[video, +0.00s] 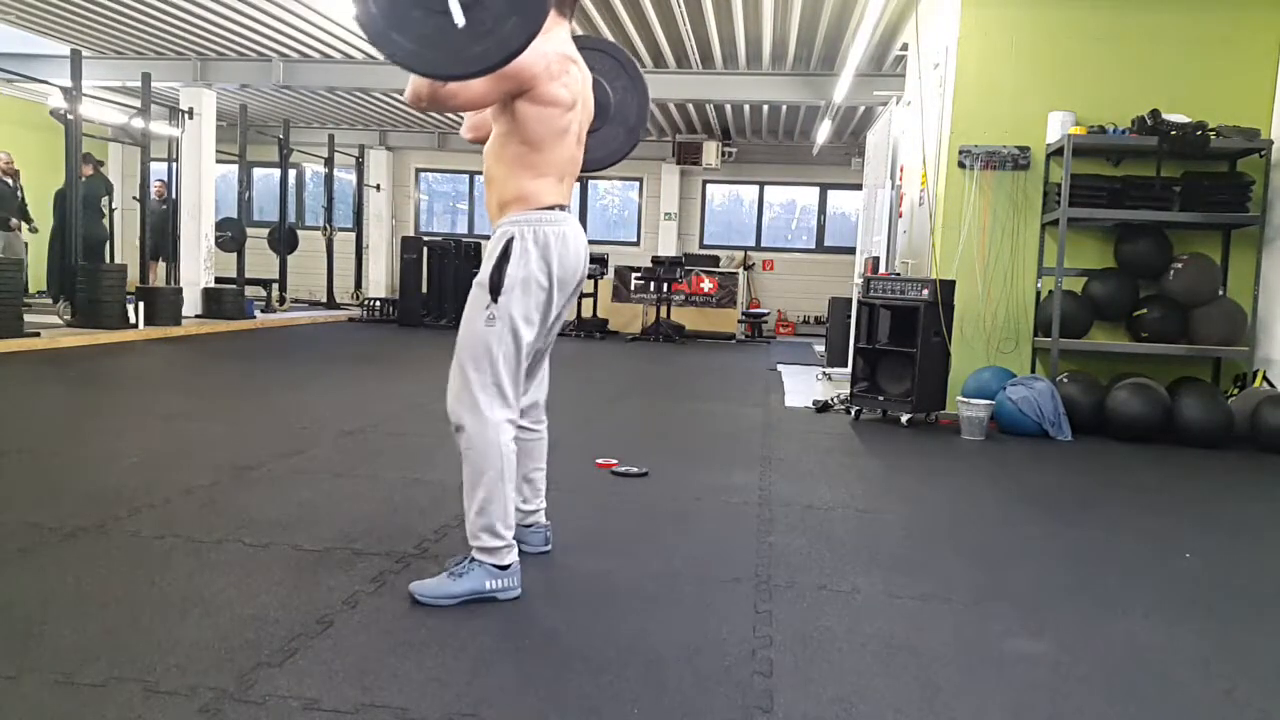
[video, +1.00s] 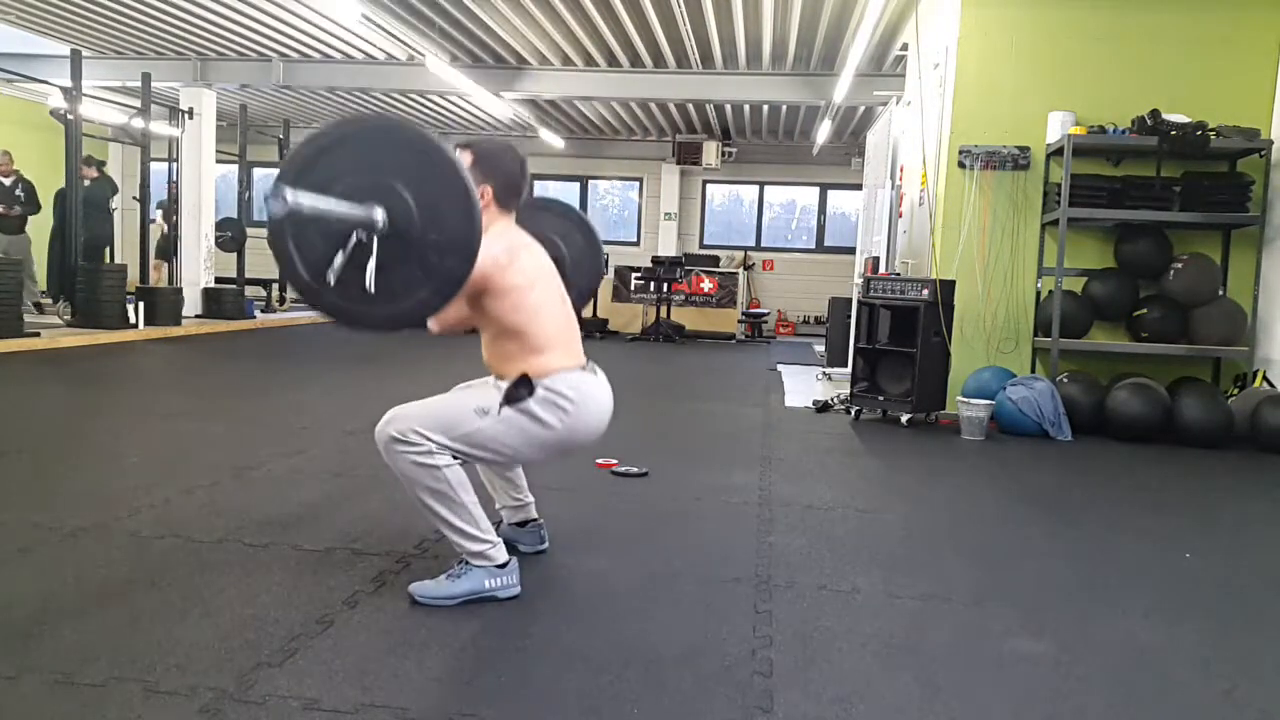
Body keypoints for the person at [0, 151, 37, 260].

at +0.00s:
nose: (10, 166)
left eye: (12, 163)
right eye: (6, 163)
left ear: (14, 163)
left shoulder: (16, 184)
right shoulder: (2, 183)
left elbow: (21, 205)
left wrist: (30, 222)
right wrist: (7, 220)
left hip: (14, 231)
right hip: (3, 231)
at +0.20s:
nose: (13, 165)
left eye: (14, 162)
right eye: (9, 162)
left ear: (17, 163)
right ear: (1, 164)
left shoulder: (24, 184)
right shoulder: (1, 183)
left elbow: (32, 204)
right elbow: (1, 209)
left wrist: (28, 214)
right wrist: (12, 214)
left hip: (18, 232)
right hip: (3, 232)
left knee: (25, 266)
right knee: (2, 269)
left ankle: (26, 297)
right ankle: (3, 298)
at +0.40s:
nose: (21, 166)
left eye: (22, 163)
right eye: (17, 164)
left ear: (26, 164)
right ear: (10, 165)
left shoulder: (34, 186)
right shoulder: (3, 184)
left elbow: (43, 206)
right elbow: (1, 209)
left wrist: (34, 214)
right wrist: (15, 214)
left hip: (27, 234)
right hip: (6, 233)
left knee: (31, 270)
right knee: (6, 270)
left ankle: (35, 302)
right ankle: (7, 302)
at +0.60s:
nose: (23, 166)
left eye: (26, 163)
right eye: (20, 163)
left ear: (31, 163)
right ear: (15, 163)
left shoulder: (41, 184)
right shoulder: (4, 181)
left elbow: (48, 206)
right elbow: (1, 204)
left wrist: (34, 210)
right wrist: (14, 209)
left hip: (29, 233)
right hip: (6, 231)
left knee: (33, 268)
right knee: (6, 268)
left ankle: (35, 301)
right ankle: (7, 302)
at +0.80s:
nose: (18, 168)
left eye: (21, 165)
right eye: (15, 165)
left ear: (27, 165)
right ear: (10, 166)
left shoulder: (37, 185)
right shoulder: (3, 183)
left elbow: (46, 208)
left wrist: (30, 208)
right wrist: (6, 208)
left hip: (28, 235)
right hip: (5, 234)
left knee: (31, 271)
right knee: (5, 271)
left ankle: (35, 302)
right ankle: (7, 303)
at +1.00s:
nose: (3, 167)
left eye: (6, 164)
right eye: (1, 164)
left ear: (12, 164)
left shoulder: (24, 184)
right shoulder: (0, 184)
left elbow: (36, 206)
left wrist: (20, 210)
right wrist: (2, 209)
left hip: (19, 236)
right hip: (3, 235)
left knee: (26, 270)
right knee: (4, 272)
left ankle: (35, 300)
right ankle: (5, 303)